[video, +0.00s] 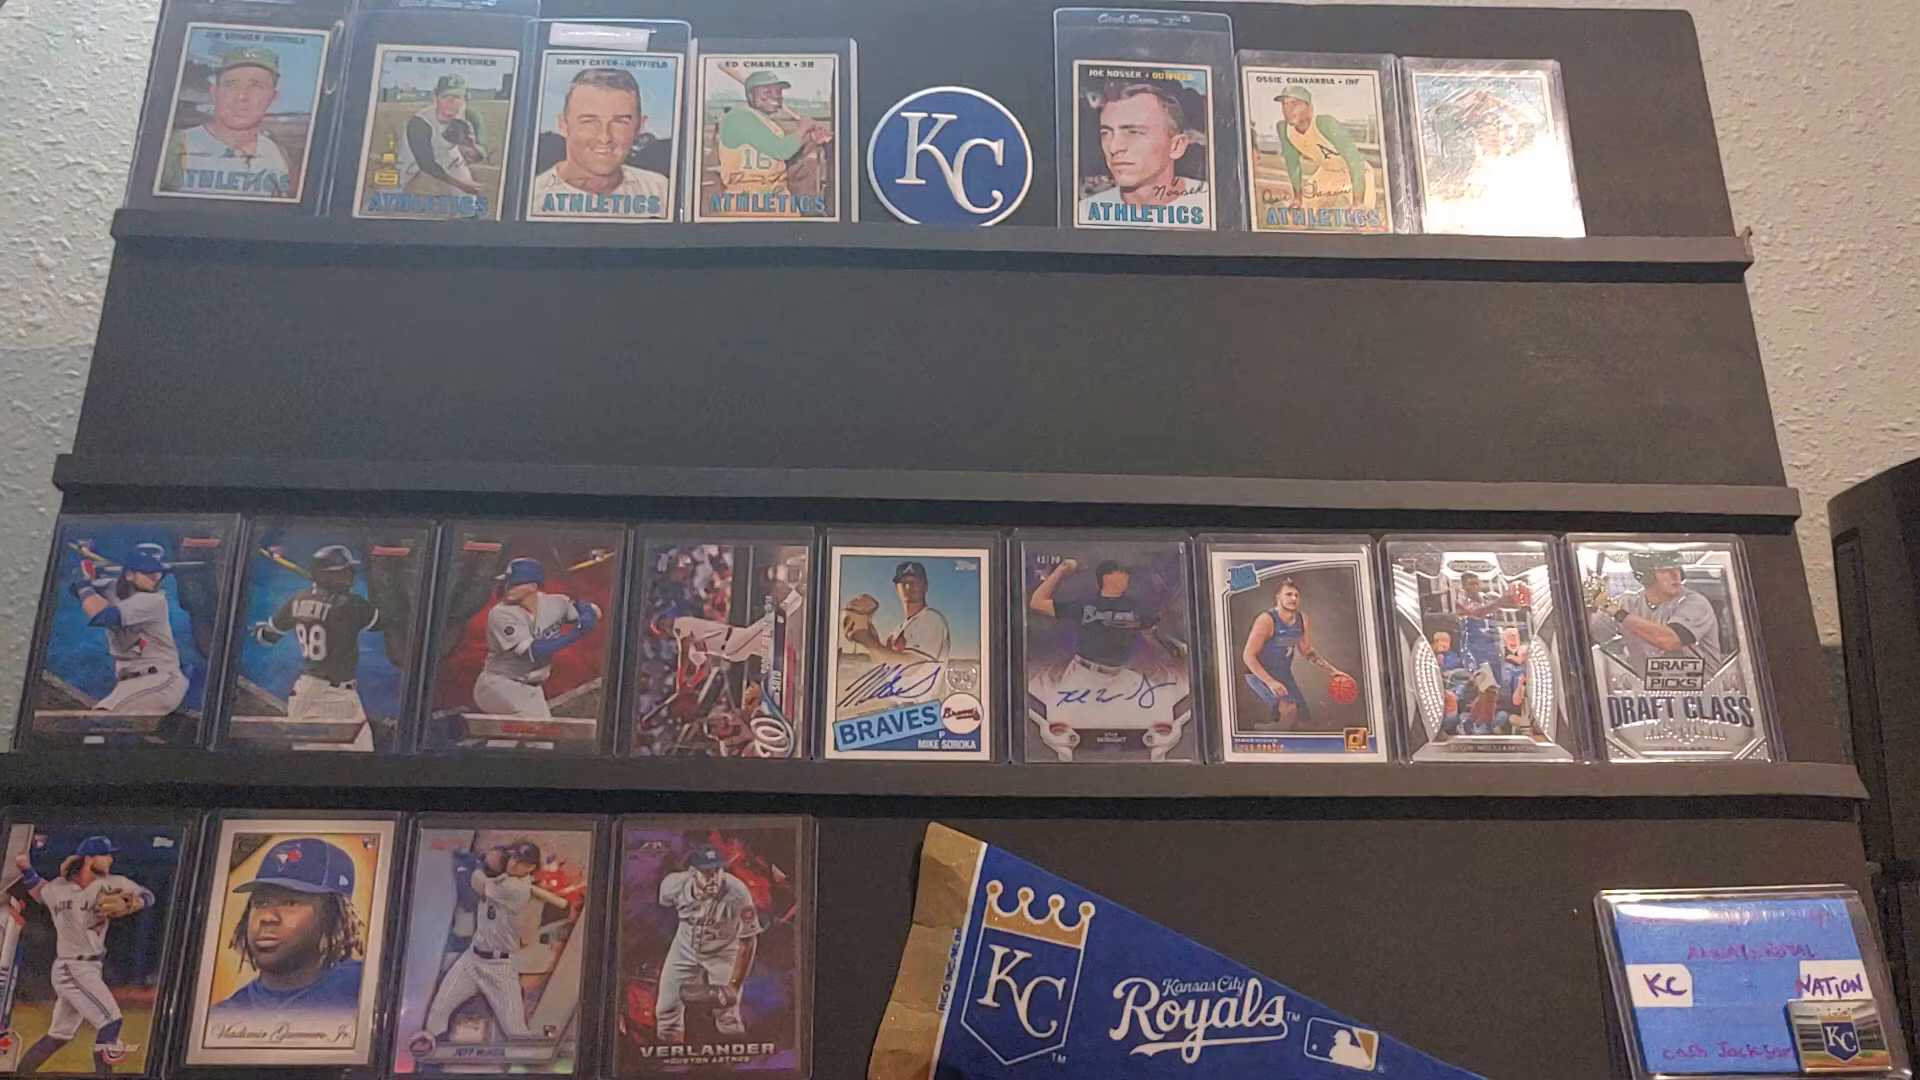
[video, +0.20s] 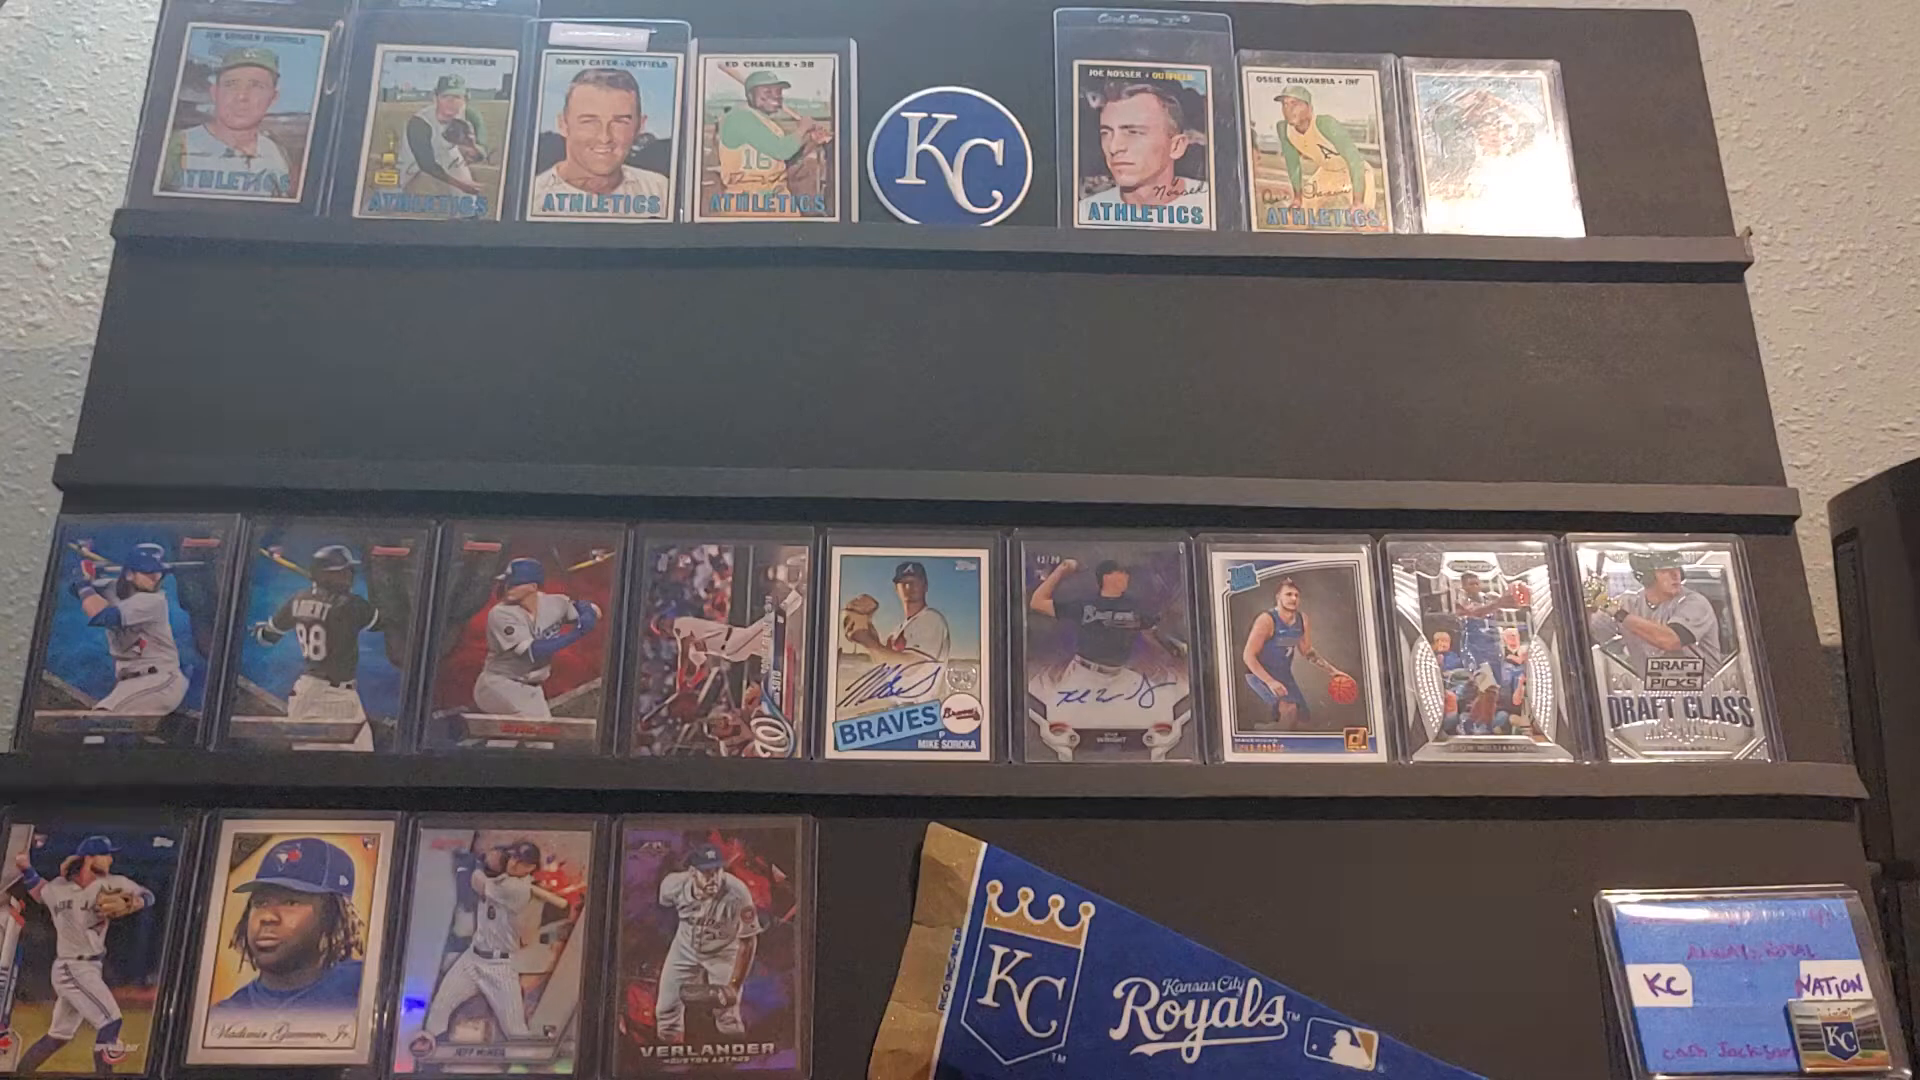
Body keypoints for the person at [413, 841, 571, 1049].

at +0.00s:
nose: (513, 863)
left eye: (520, 861)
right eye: (512, 858)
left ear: (531, 868)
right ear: (508, 858)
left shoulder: (518, 889)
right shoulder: (501, 878)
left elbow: (477, 882)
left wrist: (481, 866)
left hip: (501, 966)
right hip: (472, 958)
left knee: (515, 1031)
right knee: (439, 1007)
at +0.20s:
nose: (514, 863)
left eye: (521, 861)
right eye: (513, 858)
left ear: (532, 868)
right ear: (508, 858)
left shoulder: (518, 889)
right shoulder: (501, 879)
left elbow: (477, 882)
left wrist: (479, 866)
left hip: (500, 966)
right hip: (472, 958)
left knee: (515, 1030)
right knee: (440, 1006)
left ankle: (532, 1071)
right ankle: (427, 1064)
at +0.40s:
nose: (513, 863)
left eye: (520, 861)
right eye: (513, 858)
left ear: (531, 868)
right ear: (509, 858)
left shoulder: (518, 890)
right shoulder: (501, 878)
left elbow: (477, 882)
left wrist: (481, 865)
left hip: (500, 966)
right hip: (472, 958)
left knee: (516, 1029)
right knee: (440, 1006)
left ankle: (531, 1071)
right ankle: (426, 1063)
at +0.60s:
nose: (514, 863)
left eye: (522, 861)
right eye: (513, 857)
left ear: (531, 869)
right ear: (508, 858)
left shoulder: (517, 889)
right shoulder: (501, 879)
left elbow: (478, 882)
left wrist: (477, 866)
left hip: (500, 966)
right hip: (472, 959)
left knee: (515, 1030)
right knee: (439, 1007)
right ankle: (429, 1065)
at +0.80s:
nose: (514, 863)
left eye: (521, 861)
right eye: (513, 857)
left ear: (531, 869)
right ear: (508, 858)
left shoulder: (516, 889)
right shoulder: (501, 880)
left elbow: (478, 883)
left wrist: (477, 866)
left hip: (501, 966)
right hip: (472, 958)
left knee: (515, 1030)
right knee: (440, 1007)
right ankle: (428, 1064)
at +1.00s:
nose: (514, 863)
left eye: (522, 862)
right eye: (514, 858)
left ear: (531, 869)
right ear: (509, 858)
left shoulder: (517, 889)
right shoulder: (499, 879)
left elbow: (478, 883)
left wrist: (478, 867)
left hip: (501, 966)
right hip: (472, 959)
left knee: (515, 1030)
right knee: (439, 1007)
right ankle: (427, 1064)